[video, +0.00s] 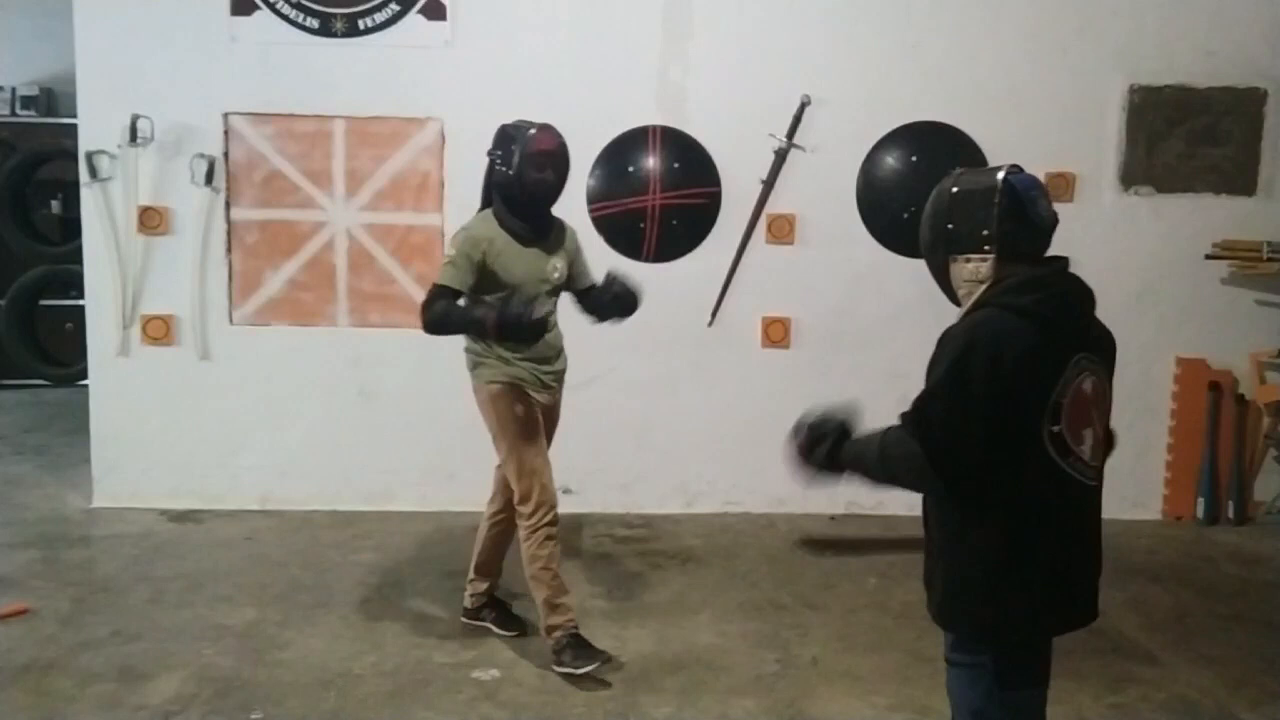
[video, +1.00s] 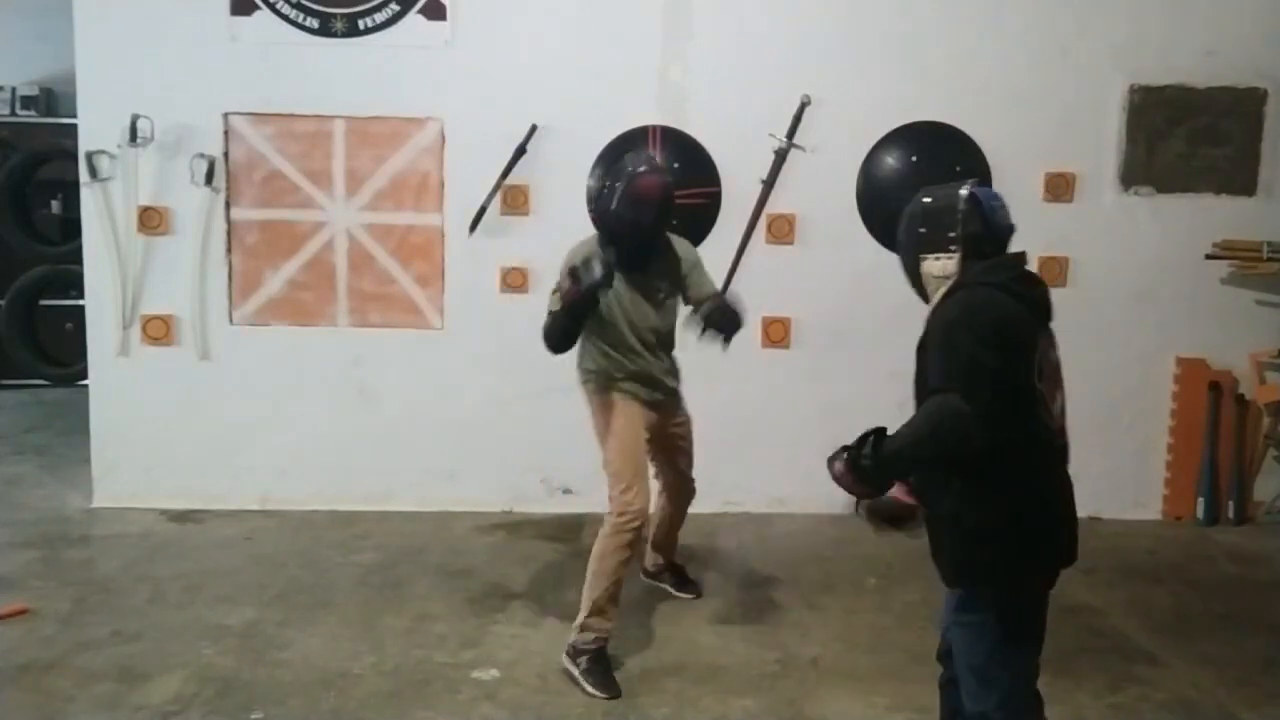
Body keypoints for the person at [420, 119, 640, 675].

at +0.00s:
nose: (548, 180)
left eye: (556, 169)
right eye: (537, 168)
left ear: (563, 175)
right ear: (504, 169)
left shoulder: (561, 237)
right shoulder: (478, 236)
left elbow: (588, 299)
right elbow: (434, 314)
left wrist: (612, 299)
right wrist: (494, 314)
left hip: (548, 374)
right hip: (498, 374)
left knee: (512, 490)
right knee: (537, 496)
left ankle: (479, 596)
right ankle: (563, 635)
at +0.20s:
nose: (569, 199)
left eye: (575, 188)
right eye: (558, 186)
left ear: (580, 187)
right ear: (526, 180)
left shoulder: (579, 232)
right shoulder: (499, 237)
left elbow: (638, 284)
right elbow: (474, 320)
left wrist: (654, 249)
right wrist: (527, 274)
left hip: (568, 379)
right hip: (521, 380)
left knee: (529, 499)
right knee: (559, 515)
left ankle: (482, 594)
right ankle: (572, 647)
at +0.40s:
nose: (599, 197)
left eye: (603, 186)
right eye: (588, 185)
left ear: (603, 190)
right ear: (555, 184)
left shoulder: (605, 234)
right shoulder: (523, 246)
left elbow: (649, 295)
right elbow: (515, 335)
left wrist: (664, 260)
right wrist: (556, 282)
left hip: (592, 390)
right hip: (545, 393)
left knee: (597, 504)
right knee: (573, 518)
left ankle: (520, 572)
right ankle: (574, 648)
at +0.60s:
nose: (630, 216)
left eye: (633, 204)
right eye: (620, 202)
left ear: (631, 207)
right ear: (589, 199)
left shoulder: (631, 247)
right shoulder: (549, 254)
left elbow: (654, 314)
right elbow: (532, 347)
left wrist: (675, 314)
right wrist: (584, 305)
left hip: (609, 385)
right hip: (561, 389)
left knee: (638, 488)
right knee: (590, 519)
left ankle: (610, 579)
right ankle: (574, 649)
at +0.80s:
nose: (647, 230)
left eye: (653, 221)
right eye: (639, 216)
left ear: (652, 222)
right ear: (609, 206)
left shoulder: (656, 255)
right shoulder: (571, 261)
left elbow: (717, 300)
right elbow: (568, 345)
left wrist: (720, 285)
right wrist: (610, 293)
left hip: (629, 389)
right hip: (579, 395)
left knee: (669, 484)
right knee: (617, 524)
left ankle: (651, 559)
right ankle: (577, 649)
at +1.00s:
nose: (650, 222)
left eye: (658, 211)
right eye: (639, 210)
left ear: (664, 212)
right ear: (612, 209)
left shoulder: (678, 254)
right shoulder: (587, 259)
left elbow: (722, 315)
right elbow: (555, 340)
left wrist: (722, 315)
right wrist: (583, 297)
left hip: (662, 383)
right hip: (613, 384)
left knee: (679, 486)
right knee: (630, 509)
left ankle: (658, 560)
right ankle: (588, 643)